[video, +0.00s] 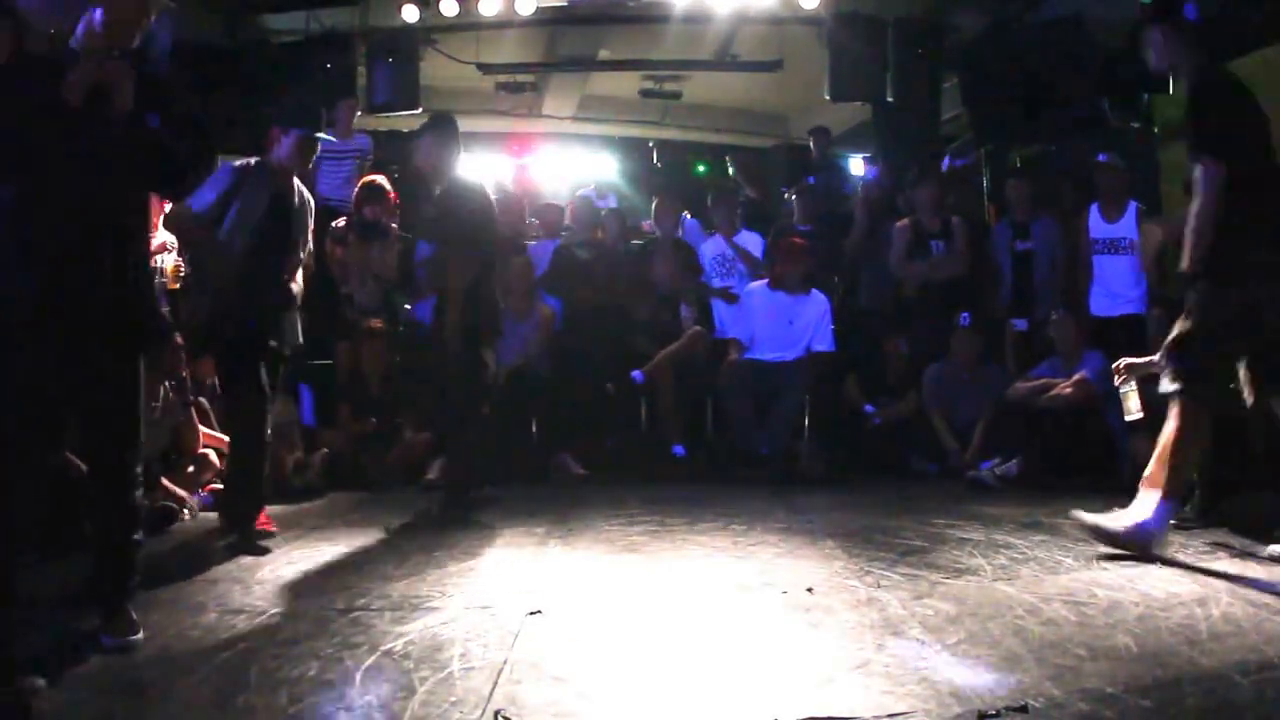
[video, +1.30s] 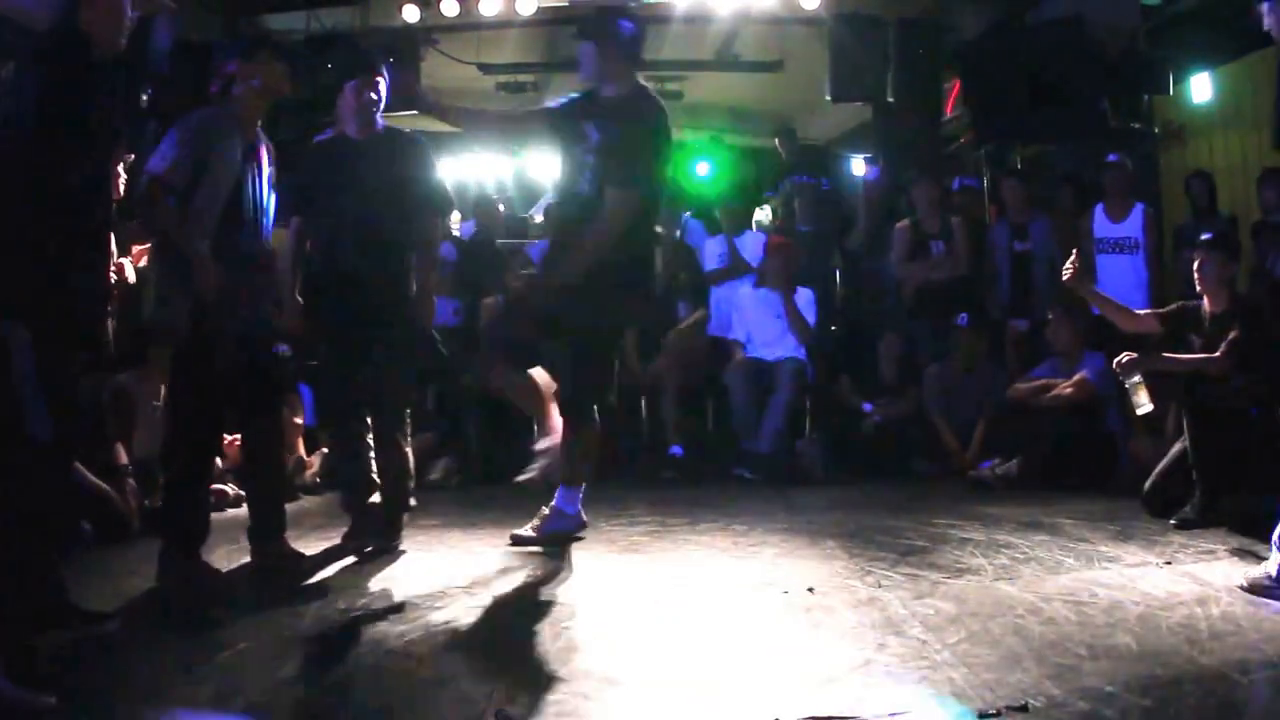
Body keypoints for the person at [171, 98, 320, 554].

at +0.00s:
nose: (308, 156)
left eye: (313, 148)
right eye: (302, 144)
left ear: (309, 151)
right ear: (277, 138)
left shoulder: (302, 199)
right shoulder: (238, 176)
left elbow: (300, 257)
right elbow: (185, 217)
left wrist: (291, 285)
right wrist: (214, 265)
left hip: (272, 320)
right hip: (231, 314)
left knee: (260, 412)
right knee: (250, 412)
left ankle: (246, 506)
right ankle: (242, 513)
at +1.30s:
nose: (262, 90)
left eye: (269, 82)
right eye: (255, 79)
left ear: (277, 88)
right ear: (233, 80)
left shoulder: (263, 149)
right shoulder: (199, 131)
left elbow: (261, 233)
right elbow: (154, 191)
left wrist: (280, 297)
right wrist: (196, 261)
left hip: (253, 314)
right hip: (198, 313)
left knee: (265, 430)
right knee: (193, 435)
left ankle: (270, 547)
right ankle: (180, 561)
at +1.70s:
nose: (239, 78)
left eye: (240, 67)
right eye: (229, 66)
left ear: (230, 72)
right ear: (201, 66)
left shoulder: (211, 127)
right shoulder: (192, 124)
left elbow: (211, 214)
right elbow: (159, 198)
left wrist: (246, 252)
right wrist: (206, 268)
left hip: (203, 308)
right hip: (180, 312)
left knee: (217, 420)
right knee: (187, 432)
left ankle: (201, 529)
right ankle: (179, 560)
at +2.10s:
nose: (236, 96)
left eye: (235, 86)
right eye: (232, 85)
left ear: (199, 81)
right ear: (216, 83)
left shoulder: (185, 120)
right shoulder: (192, 117)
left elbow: (172, 209)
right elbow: (163, 199)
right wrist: (207, 254)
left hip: (166, 297)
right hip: (167, 301)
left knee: (179, 422)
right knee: (183, 425)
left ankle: (179, 535)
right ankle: (179, 554)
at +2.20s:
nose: (233, 100)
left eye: (231, 94)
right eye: (231, 93)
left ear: (193, 88)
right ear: (221, 91)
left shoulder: (169, 126)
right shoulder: (205, 120)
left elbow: (128, 210)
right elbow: (190, 197)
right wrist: (229, 263)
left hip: (150, 301)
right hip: (176, 305)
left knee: (175, 422)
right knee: (191, 422)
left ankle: (171, 541)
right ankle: (179, 550)